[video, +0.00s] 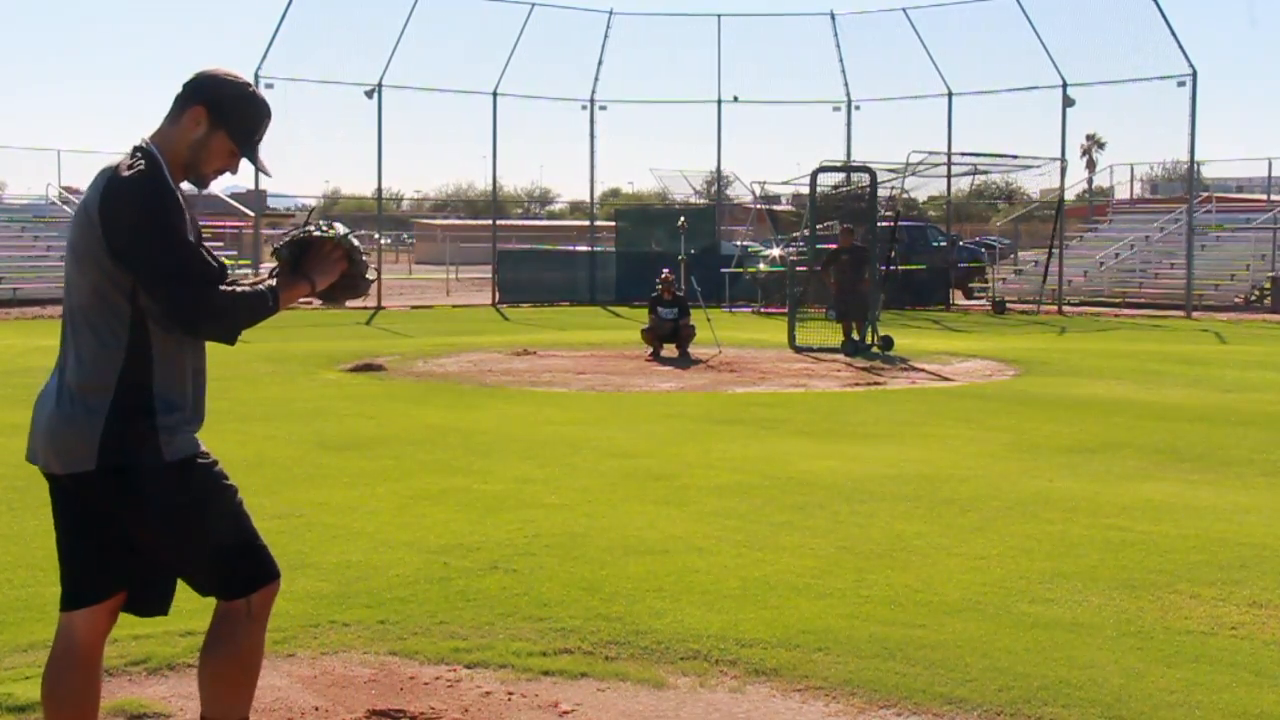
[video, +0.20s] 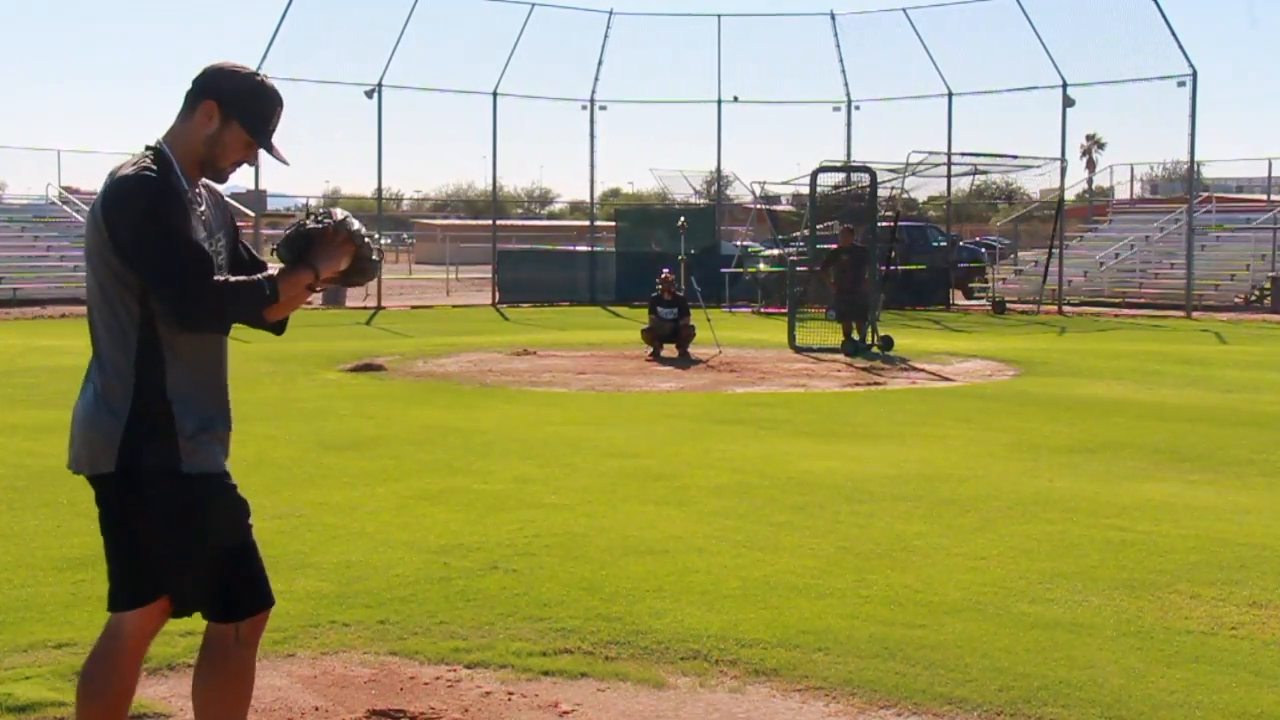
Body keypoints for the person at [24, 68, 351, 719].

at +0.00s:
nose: (231, 167)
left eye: (239, 156)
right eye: (233, 150)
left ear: (194, 124)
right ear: (195, 120)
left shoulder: (121, 184)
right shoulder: (143, 190)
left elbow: (210, 297)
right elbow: (209, 312)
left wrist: (286, 282)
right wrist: (294, 284)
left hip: (81, 442)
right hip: (142, 444)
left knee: (88, 611)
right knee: (251, 585)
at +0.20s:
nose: (250, 160)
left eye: (256, 149)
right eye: (249, 143)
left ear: (212, 123)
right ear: (210, 116)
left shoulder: (207, 204)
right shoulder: (143, 189)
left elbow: (256, 308)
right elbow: (194, 300)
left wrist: (311, 271)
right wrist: (306, 270)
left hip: (176, 446)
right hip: (147, 448)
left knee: (143, 606)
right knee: (242, 609)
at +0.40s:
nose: (265, 144)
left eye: (271, 131)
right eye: (262, 126)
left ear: (228, 113)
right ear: (216, 103)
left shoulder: (248, 199)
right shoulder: (135, 183)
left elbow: (299, 305)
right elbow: (171, 281)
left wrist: (318, 253)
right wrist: (282, 237)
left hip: (233, 437)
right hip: (160, 447)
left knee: (291, 581)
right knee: (219, 619)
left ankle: (185, 710)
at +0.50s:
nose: (267, 144)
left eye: (272, 131)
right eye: (263, 126)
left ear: (228, 112)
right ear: (219, 103)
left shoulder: (251, 189)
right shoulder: (131, 179)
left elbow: (316, 299)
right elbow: (141, 265)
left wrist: (312, 236)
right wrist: (257, 216)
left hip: (250, 427)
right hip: (167, 442)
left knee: (328, 567)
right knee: (209, 622)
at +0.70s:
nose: (273, 145)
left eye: (283, 134)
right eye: (264, 128)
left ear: (291, 136)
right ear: (228, 112)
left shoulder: (278, 193)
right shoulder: (144, 169)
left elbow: (349, 286)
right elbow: (105, 232)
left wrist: (303, 199)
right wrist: (221, 173)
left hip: (263, 399)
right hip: (176, 433)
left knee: (342, 497)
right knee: (208, 618)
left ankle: (425, 667)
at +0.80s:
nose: (268, 141)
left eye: (284, 134)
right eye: (261, 122)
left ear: (296, 141)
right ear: (230, 108)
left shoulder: (288, 194)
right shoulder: (160, 172)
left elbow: (365, 274)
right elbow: (110, 219)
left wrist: (309, 183)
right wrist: (221, 158)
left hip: (266, 384)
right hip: (183, 420)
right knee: (217, 610)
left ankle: (419, 581)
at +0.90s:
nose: (272, 136)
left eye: (290, 129)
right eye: (267, 120)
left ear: (303, 140)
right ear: (238, 112)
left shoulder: (301, 196)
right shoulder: (176, 179)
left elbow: (376, 266)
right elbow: (125, 217)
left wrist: (312, 176)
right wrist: (226, 151)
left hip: (267, 391)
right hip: (190, 418)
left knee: (332, 341)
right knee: (221, 604)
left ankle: (387, 534)